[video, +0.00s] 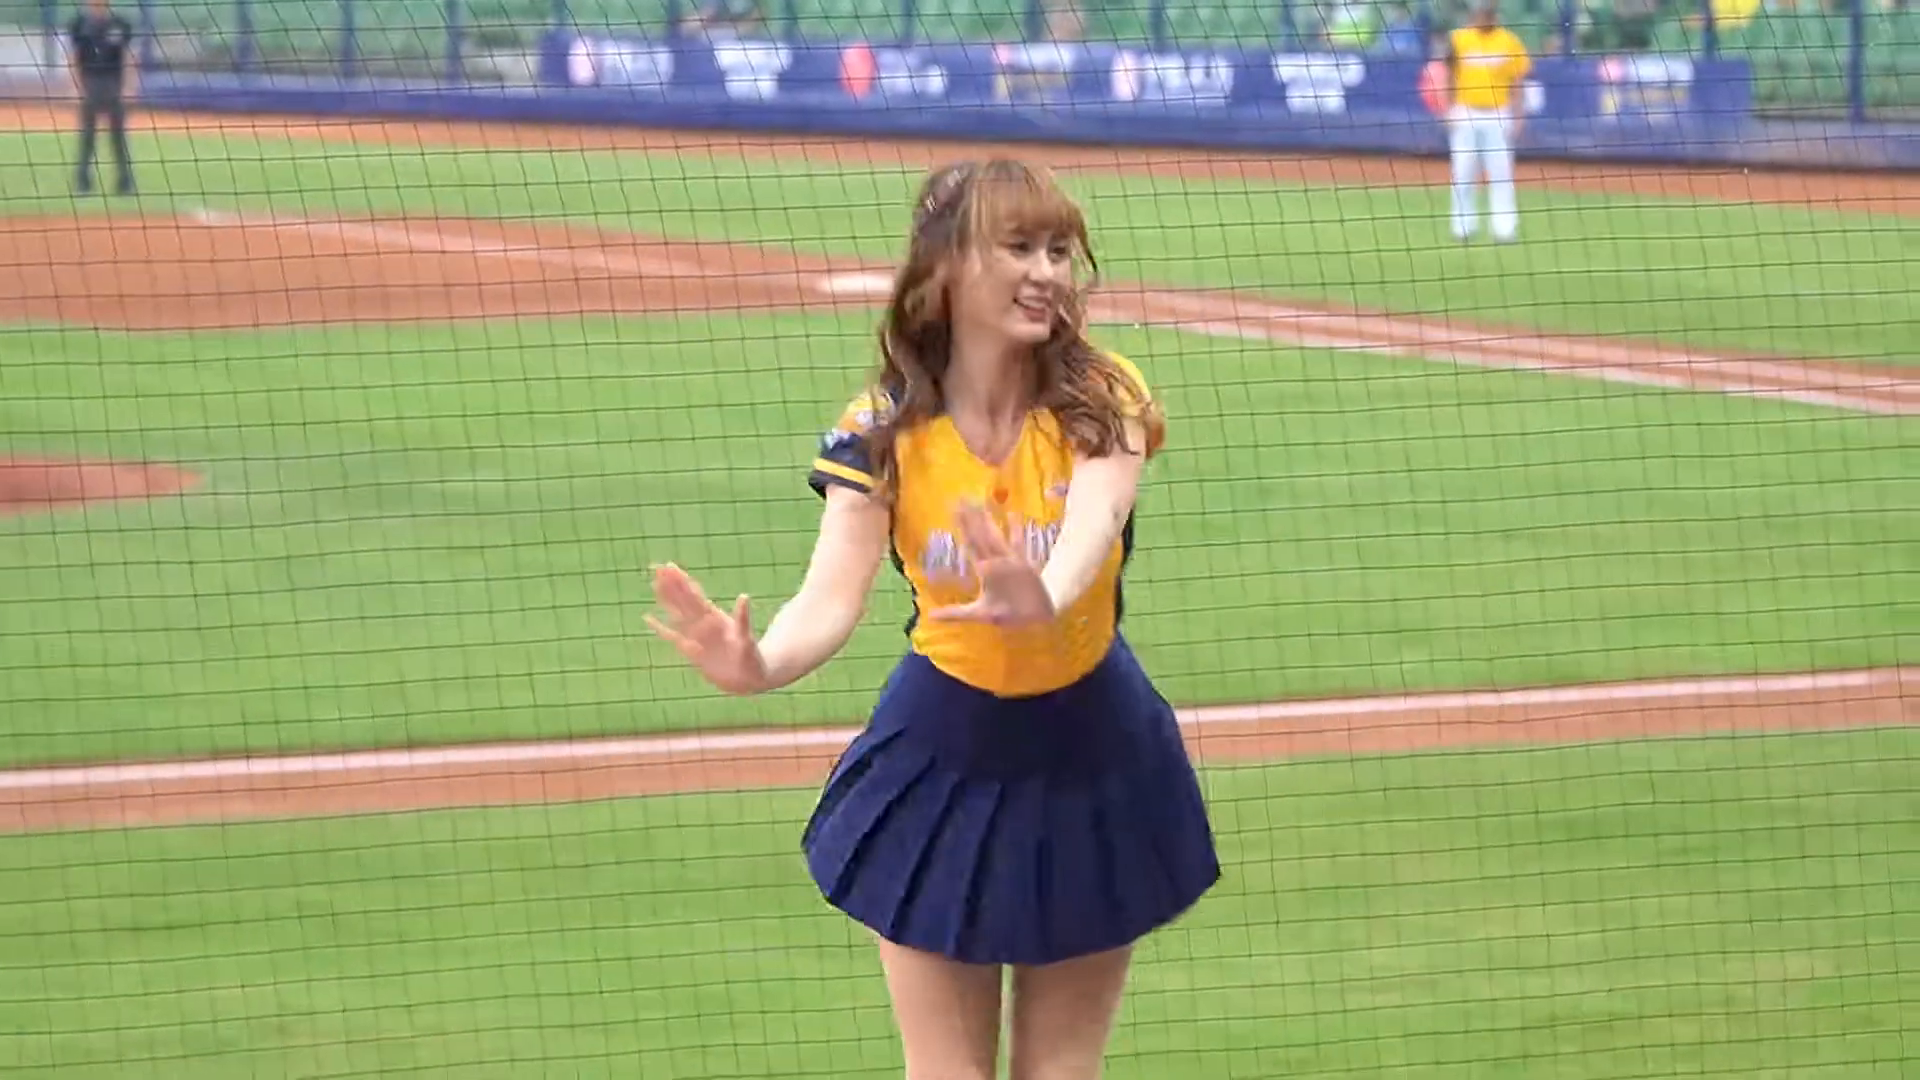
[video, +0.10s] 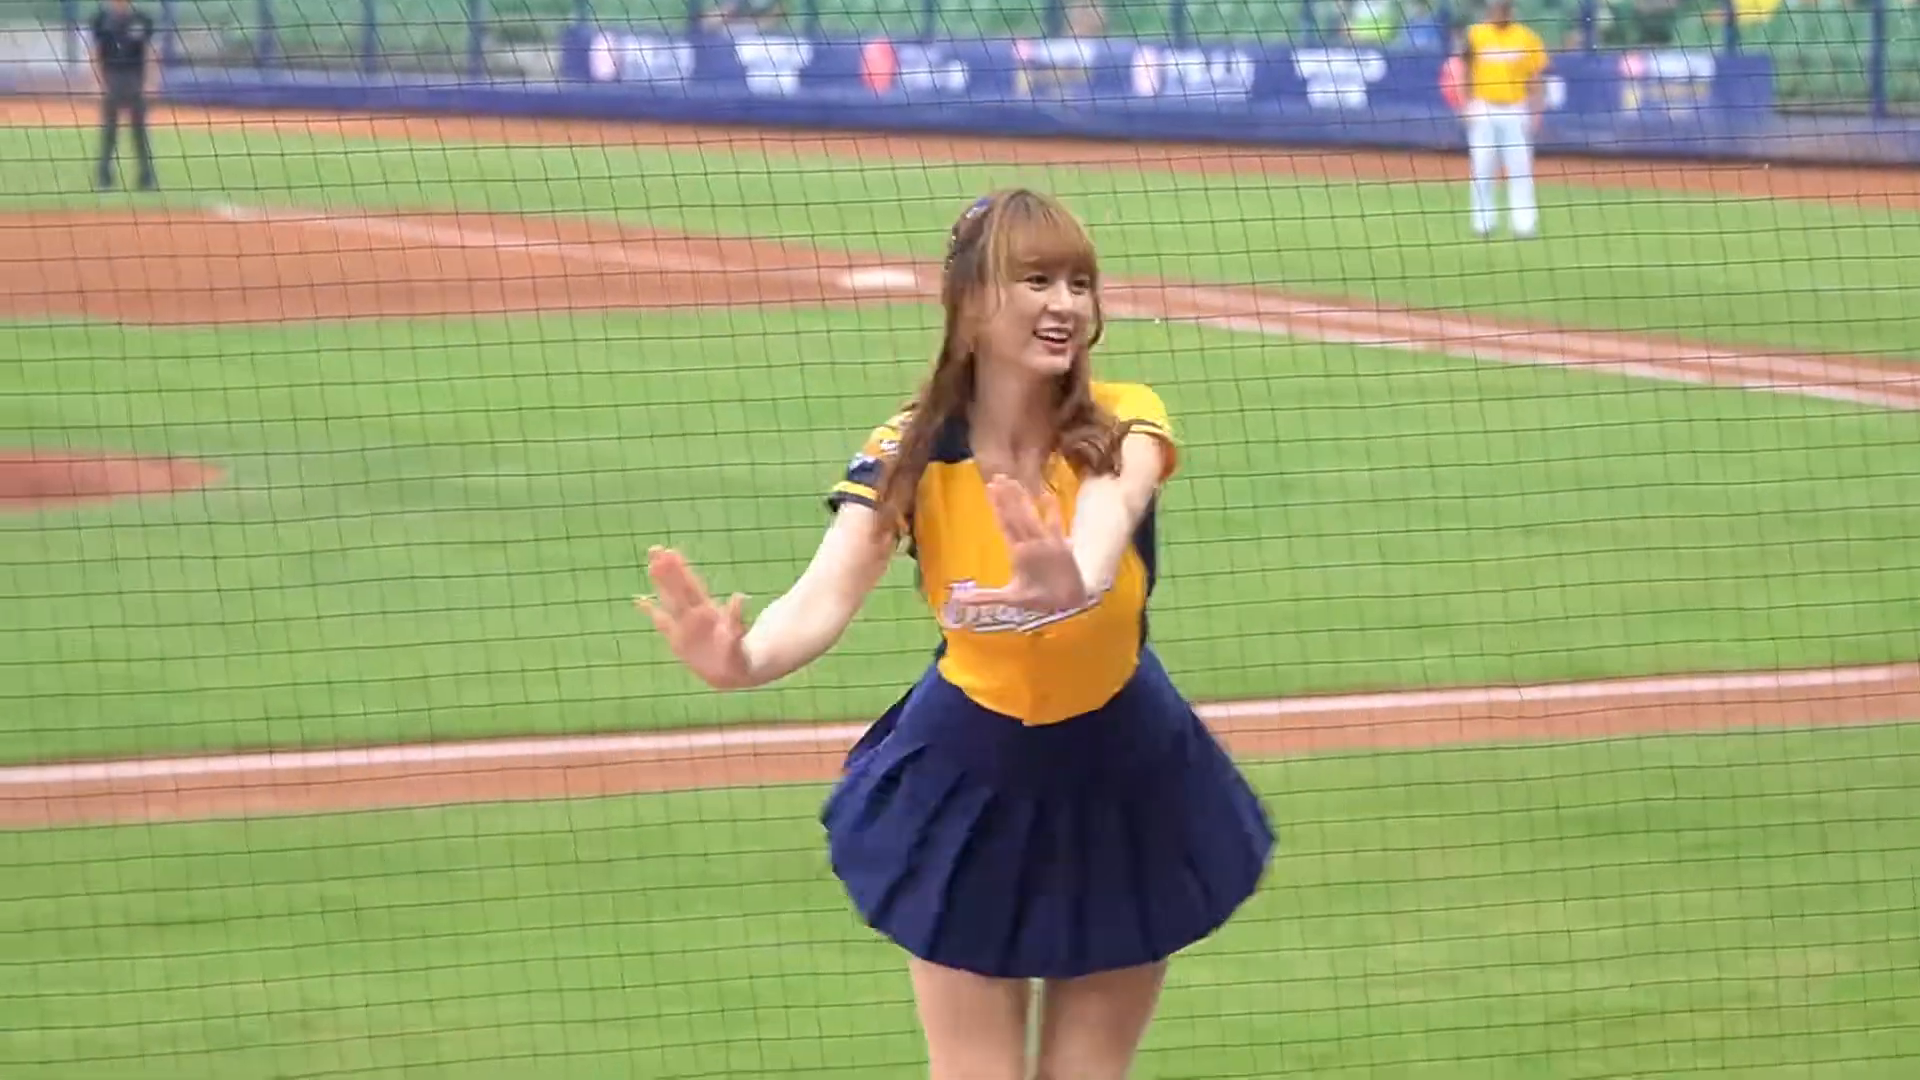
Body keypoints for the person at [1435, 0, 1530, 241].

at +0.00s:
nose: (1485, 18)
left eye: (1489, 13)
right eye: (1481, 13)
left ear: (1495, 14)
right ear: (1473, 14)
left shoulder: (1508, 41)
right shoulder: (1458, 39)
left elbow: (1518, 84)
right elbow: (1447, 74)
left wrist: (1518, 118)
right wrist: (1448, 106)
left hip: (1498, 113)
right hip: (1464, 112)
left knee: (1500, 170)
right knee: (1463, 171)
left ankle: (1504, 225)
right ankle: (1463, 224)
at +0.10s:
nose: (1500, 12)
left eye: (1504, 7)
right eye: (1495, 7)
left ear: (1510, 9)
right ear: (1489, 9)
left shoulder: (1526, 37)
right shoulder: (1475, 34)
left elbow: (1536, 79)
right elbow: (1465, 70)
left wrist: (1536, 112)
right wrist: (1466, 102)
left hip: (1516, 108)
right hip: (1482, 107)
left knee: (1519, 165)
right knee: (1482, 166)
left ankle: (1524, 220)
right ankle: (1483, 219)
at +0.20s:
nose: (1517, 10)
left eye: (1521, 5)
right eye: (1512, 6)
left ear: (1527, 7)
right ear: (1506, 7)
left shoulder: (1540, 32)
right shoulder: (1491, 32)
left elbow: (1550, 73)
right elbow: (1479, 69)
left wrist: (1550, 107)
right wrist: (1481, 102)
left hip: (1533, 104)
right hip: (1499, 105)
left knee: (1539, 161)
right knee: (1502, 162)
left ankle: (1546, 217)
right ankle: (1506, 216)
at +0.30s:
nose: (1513, 8)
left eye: (1517, 3)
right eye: (1509, 4)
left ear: (1524, 5)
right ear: (1501, 5)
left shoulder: (1538, 28)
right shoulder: (1488, 29)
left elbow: (1550, 66)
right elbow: (1476, 65)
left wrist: (1549, 101)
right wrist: (1479, 101)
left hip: (1532, 99)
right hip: (1497, 100)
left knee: (1538, 157)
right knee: (1502, 158)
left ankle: (1546, 212)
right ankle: (1507, 212)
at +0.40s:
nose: (1512, 5)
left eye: (1516, 2)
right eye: (1508, 2)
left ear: (1522, 3)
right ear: (1500, 3)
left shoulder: (1538, 25)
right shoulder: (1486, 26)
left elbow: (1549, 65)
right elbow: (1474, 64)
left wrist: (1549, 99)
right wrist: (1476, 100)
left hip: (1531, 96)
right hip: (1496, 97)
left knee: (1538, 153)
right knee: (1502, 155)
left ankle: (1546, 210)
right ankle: (1508, 210)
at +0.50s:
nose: (1510, 3)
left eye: (1514, 0)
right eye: (1507, 0)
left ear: (1522, 1)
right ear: (1499, 1)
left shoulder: (1537, 20)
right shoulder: (1485, 22)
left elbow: (1550, 61)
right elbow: (1474, 61)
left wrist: (1550, 96)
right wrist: (1476, 97)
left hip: (1532, 93)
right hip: (1497, 94)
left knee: (1539, 150)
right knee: (1502, 152)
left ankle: (1547, 206)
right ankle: (1508, 207)